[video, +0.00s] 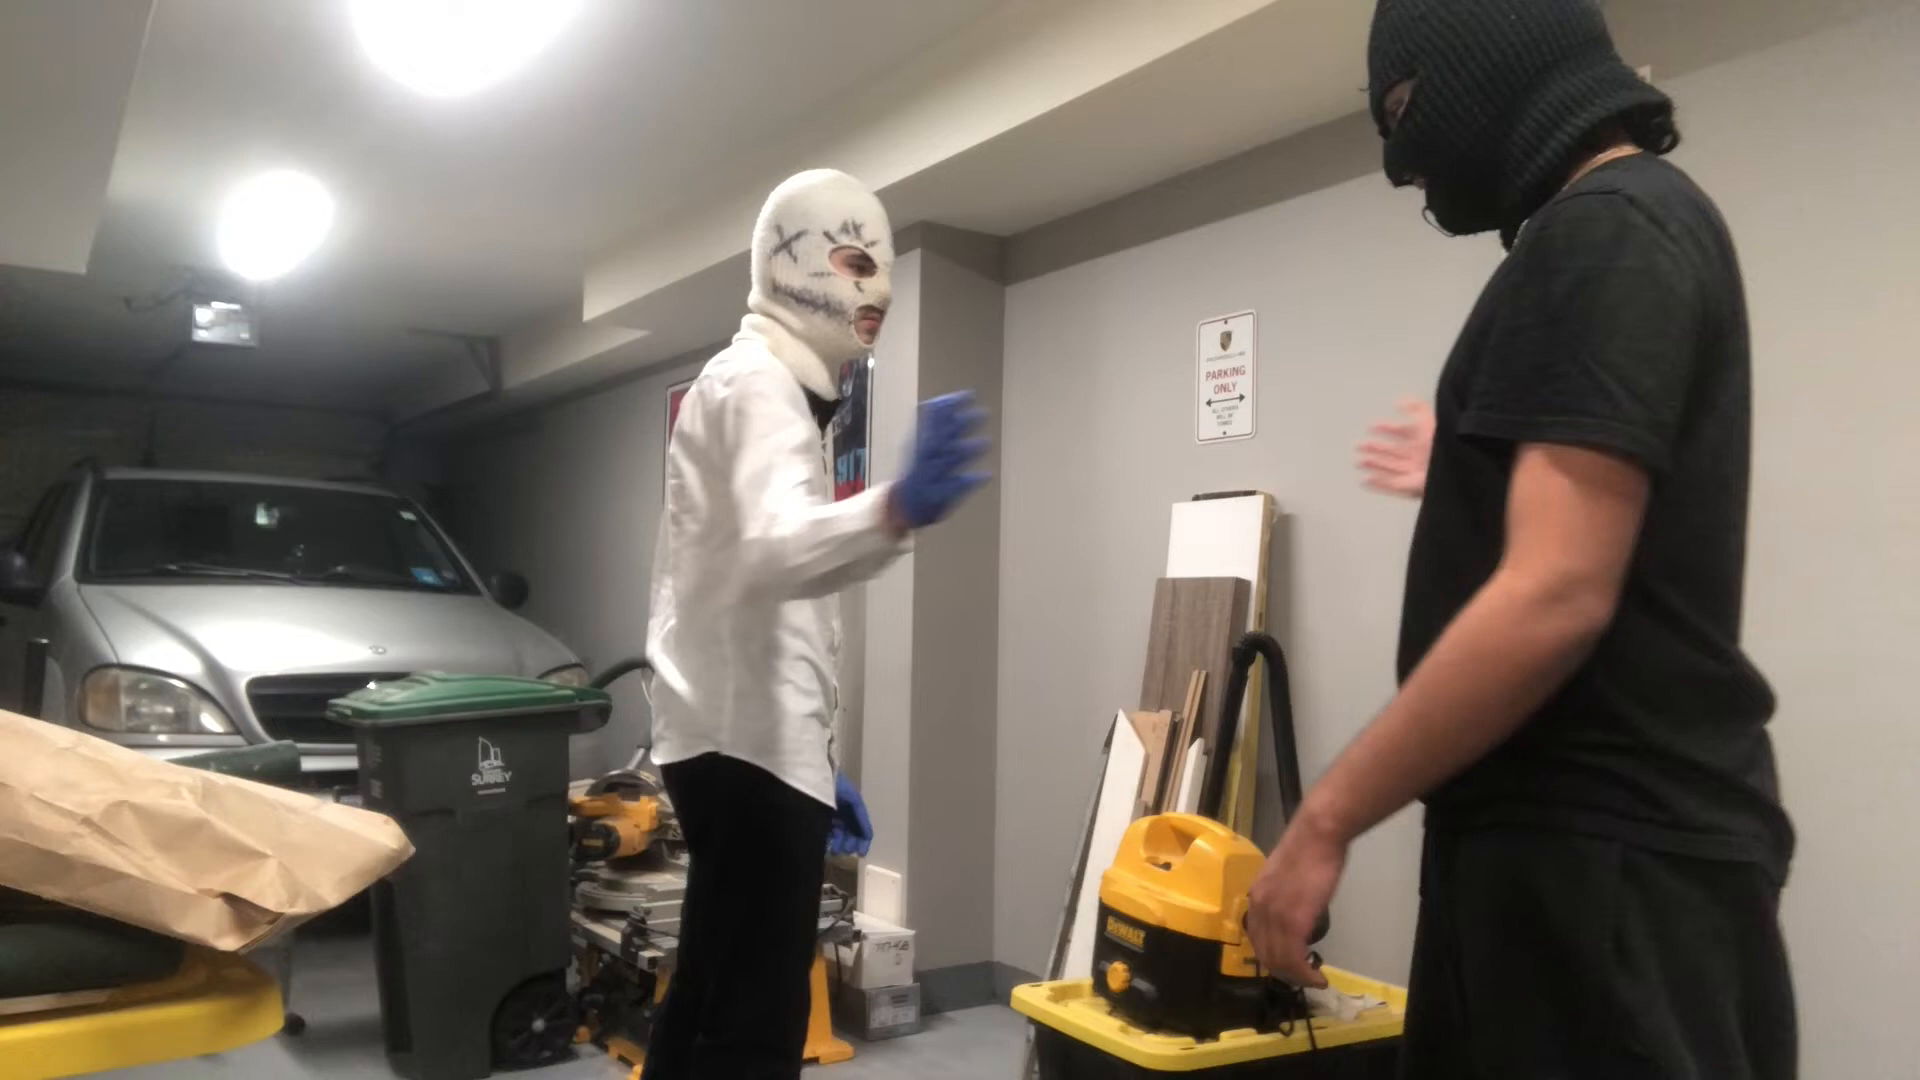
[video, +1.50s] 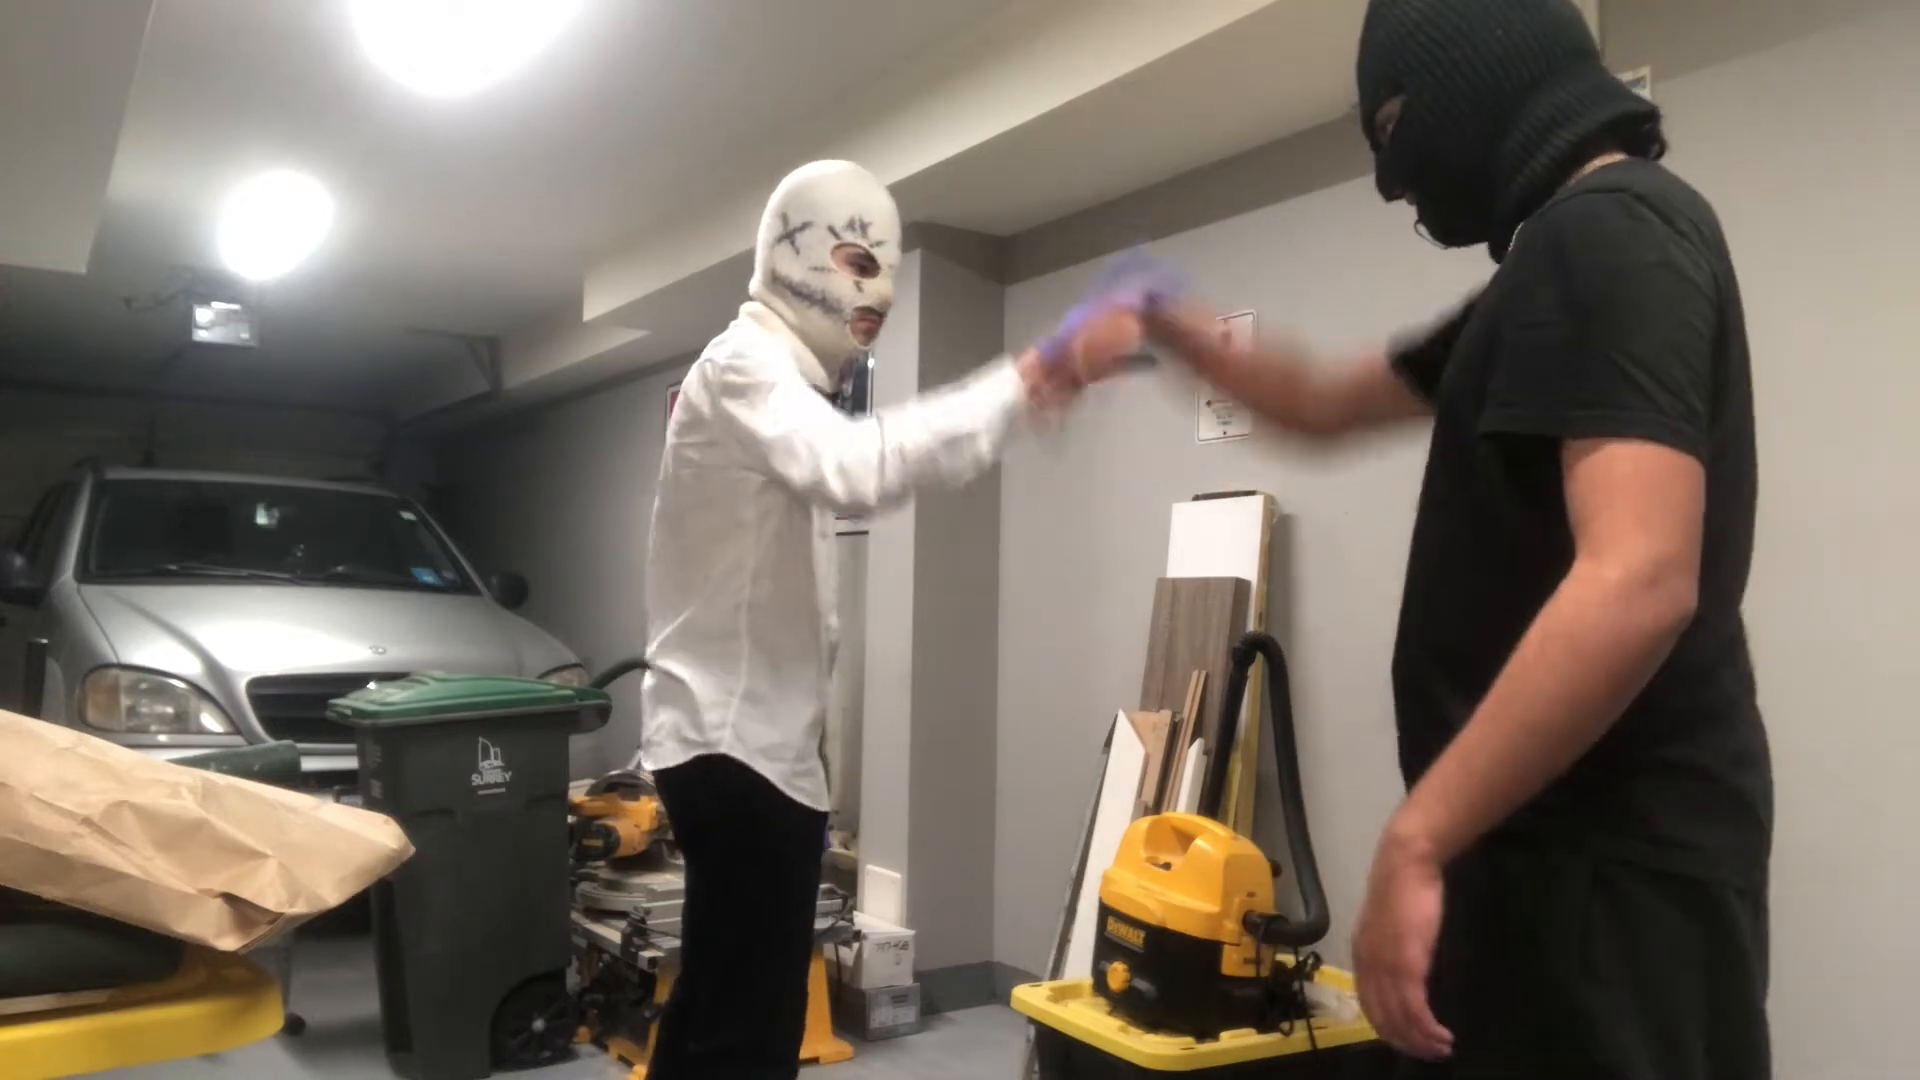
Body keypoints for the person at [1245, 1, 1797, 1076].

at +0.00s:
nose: (1402, 162)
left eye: (1402, 111)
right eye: (1390, 127)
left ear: (1475, 70)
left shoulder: (1610, 223)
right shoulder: (1629, 220)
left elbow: (1556, 589)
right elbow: (1647, 497)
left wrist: (1326, 820)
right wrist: (1472, 457)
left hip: (1599, 868)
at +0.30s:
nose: (1401, 169)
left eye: (1401, 119)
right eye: (1391, 132)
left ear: (1474, 78)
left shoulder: (1633, 223)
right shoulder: (1603, 233)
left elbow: (1626, 594)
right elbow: (1508, 597)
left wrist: (1421, 861)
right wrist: (1373, 490)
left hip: (1632, 879)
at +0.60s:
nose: (1383, 165)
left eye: (1384, 118)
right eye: (1375, 129)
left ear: (1454, 82)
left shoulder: (1600, 226)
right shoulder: (1556, 241)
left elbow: (1644, 584)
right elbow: (1457, 524)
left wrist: (1500, 897)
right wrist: (1226, 451)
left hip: (1617, 883)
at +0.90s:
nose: (1389, 192)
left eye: (1385, 147)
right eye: (1375, 161)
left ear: (1449, 99)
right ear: (1494, 87)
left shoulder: (1553, 222)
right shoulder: (1622, 215)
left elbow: (1563, 565)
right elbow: (1426, 487)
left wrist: (1415, 874)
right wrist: (1325, 309)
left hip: (1580, 868)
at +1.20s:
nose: (1395, 193)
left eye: (1393, 141)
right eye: (1381, 156)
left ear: (1465, 96)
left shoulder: (1598, 229)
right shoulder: (1573, 242)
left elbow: (1590, 575)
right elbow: (1385, 538)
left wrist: (1326, 810)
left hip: (1596, 879)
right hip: (1544, 868)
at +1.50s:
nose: (1383, 174)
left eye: (1385, 125)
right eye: (1375, 138)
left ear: (1454, 90)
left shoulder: (1609, 227)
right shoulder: (1549, 268)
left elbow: (1638, 579)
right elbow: (1323, 400)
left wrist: (1415, 841)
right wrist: (1157, 317)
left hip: (1601, 886)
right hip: (1537, 878)